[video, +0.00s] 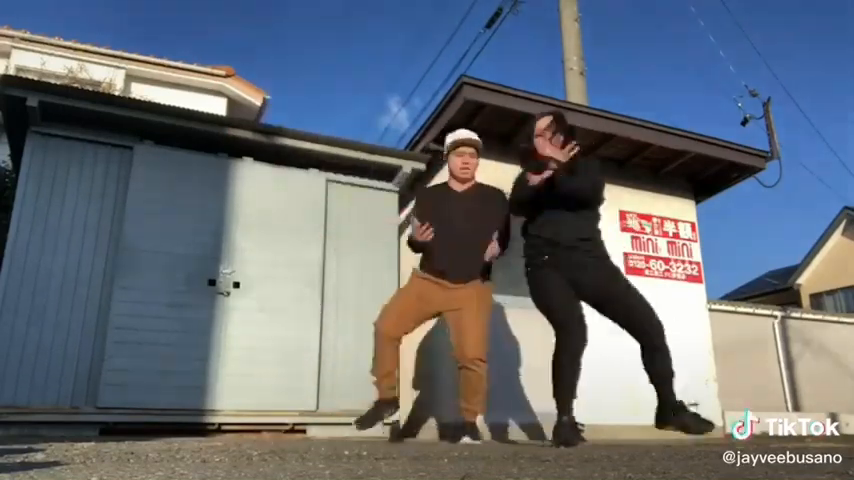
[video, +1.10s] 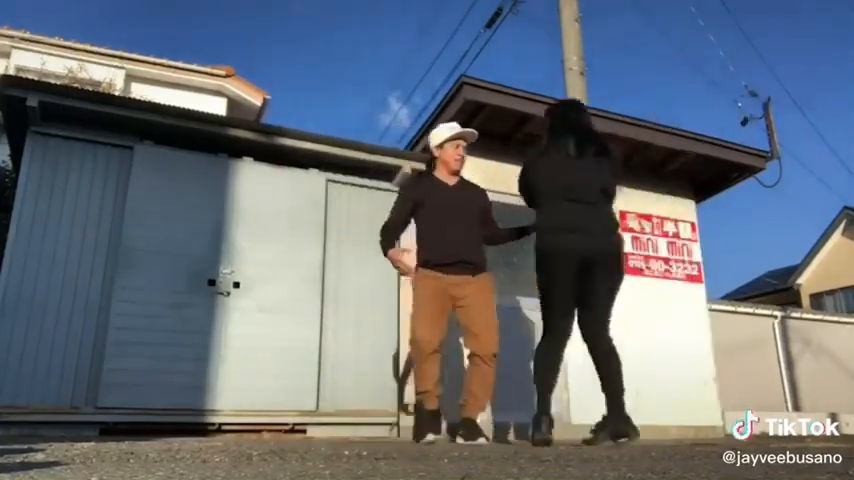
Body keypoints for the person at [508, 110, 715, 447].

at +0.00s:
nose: (539, 140)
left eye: (546, 134)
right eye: (536, 136)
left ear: (565, 139)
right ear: (532, 143)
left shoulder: (586, 166)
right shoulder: (529, 176)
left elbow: (591, 194)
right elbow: (517, 205)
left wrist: (553, 174)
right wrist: (542, 179)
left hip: (590, 263)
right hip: (546, 267)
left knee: (649, 327)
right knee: (571, 331)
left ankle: (668, 408)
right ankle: (565, 420)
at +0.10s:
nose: (571, 142)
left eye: (578, 136)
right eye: (566, 137)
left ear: (592, 139)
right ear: (561, 141)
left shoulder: (612, 166)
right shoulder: (557, 179)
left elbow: (640, 189)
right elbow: (523, 214)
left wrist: (603, 152)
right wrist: (535, 188)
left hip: (629, 263)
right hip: (582, 267)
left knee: (673, 340)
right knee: (586, 337)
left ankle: (717, 412)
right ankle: (567, 419)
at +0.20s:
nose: (598, 145)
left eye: (604, 138)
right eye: (593, 140)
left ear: (620, 138)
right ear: (588, 143)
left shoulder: (649, 172)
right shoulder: (585, 188)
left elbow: (698, 164)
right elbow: (549, 214)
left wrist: (667, 145)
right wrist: (522, 210)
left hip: (664, 267)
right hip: (614, 272)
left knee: (695, 344)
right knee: (599, 340)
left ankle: (725, 420)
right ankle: (571, 416)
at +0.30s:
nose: (615, 132)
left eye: (621, 125)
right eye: (609, 128)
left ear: (636, 127)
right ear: (606, 135)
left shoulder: (678, 156)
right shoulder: (605, 175)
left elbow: (718, 144)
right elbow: (570, 206)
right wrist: (531, 215)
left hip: (682, 260)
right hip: (633, 261)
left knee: (703, 341)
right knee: (612, 332)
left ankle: (725, 422)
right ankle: (585, 412)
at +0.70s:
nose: (632, 128)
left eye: (636, 120)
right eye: (627, 124)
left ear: (656, 120)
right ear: (626, 131)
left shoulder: (695, 152)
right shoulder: (628, 166)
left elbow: (733, 128)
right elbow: (579, 189)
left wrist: (766, 97)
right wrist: (523, 185)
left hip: (690, 263)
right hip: (642, 259)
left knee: (700, 344)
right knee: (622, 333)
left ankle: (720, 424)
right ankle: (602, 413)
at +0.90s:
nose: (586, 141)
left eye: (592, 134)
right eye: (587, 135)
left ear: (612, 138)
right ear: (598, 142)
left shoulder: (646, 170)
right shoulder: (588, 184)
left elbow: (656, 150)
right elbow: (562, 220)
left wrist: (621, 123)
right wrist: (518, 212)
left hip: (649, 263)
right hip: (605, 269)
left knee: (665, 337)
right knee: (597, 340)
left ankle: (714, 406)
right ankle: (622, 423)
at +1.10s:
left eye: (548, 122)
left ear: (551, 126)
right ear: (586, 123)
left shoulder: (538, 158)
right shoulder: (603, 155)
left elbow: (530, 197)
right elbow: (607, 196)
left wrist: (558, 205)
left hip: (556, 252)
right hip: (604, 252)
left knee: (555, 331)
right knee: (597, 330)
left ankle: (542, 415)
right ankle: (618, 415)